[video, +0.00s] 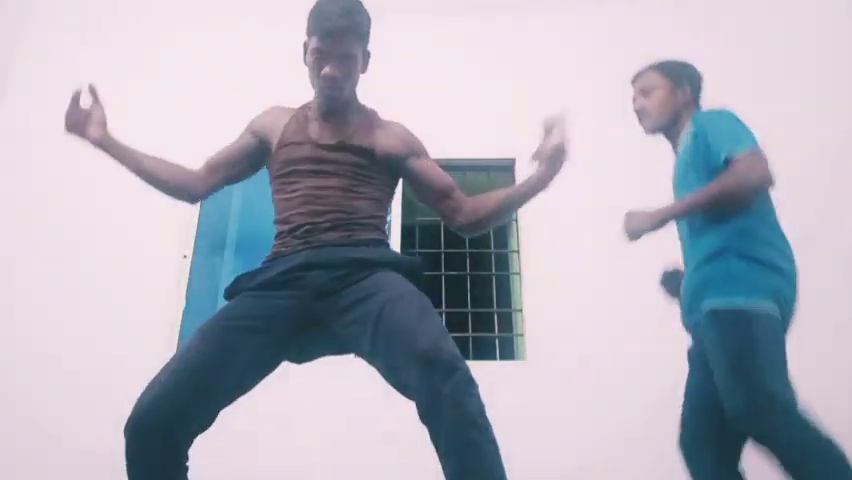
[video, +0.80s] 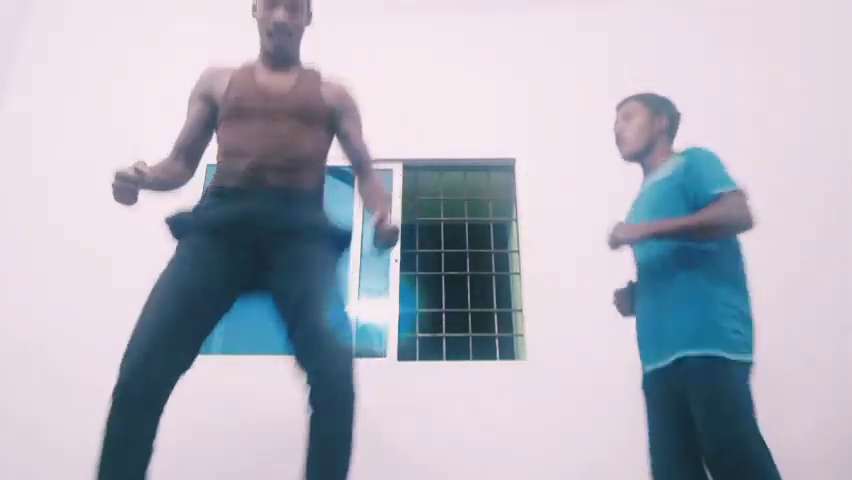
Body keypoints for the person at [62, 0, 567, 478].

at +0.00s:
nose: (335, 71)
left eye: (348, 59)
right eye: (324, 57)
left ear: (368, 61)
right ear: (306, 55)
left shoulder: (395, 139)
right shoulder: (274, 126)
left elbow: (463, 212)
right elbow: (195, 183)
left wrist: (536, 179)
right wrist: (103, 137)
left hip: (370, 283)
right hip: (280, 287)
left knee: (445, 374)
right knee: (151, 426)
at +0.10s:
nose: (337, 67)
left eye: (351, 56)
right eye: (327, 54)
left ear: (371, 58)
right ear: (312, 54)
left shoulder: (397, 135)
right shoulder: (279, 127)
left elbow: (458, 227)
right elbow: (218, 201)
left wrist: (475, 211)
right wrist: (145, 190)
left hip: (372, 273)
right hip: (286, 279)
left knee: (439, 370)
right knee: (159, 423)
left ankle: (481, 476)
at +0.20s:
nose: (340, 66)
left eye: (354, 54)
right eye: (330, 53)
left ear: (374, 58)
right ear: (314, 55)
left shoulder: (395, 132)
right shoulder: (280, 131)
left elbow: (456, 222)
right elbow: (236, 214)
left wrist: (430, 249)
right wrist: (194, 226)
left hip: (373, 277)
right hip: (287, 284)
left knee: (437, 369)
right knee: (159, 425)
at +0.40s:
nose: (300, 70)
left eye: (312, 60)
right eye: (291, 59)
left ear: (331, 63)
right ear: (277, 61)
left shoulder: (358, 136)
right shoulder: (245, 150)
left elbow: (417, 204)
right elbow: (227, 245)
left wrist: (429, 233)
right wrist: (184, 280)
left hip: (345, 282)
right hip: (258, 291)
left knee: (409, 375)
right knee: (134, 428)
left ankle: (465, 474)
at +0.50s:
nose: (277, 39)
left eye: (289, 28)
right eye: (267, 27)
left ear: (307, 33)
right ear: (251, 33)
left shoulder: (334, 104)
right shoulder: (218, 115)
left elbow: (384, 168)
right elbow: (202, 201)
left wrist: (414, 197)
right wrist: (154, 234)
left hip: (321, 254)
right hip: (234, 258)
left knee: (378, 367)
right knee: (158, 404)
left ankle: (432, 475)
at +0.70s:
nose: (277, 4)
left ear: (307, 7)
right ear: (254, 5)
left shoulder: (333, 70)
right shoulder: (221, 65)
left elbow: (374, 148)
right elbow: (187, 149)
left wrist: (394, 189)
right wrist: (140, 165)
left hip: (307, 216)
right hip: (226, 215)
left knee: (352, 340)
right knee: (153, 352)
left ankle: (349, 475)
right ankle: (142, 476)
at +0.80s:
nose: (282, 17)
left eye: (294, 8)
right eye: (273, 7)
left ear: (308, 19)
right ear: (257, 13)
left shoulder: (331, 94)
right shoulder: (218, 82)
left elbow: (363, 170)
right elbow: (180, 165)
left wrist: (382, 213)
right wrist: (143, 176)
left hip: (299, 237)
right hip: (219, 232)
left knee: (332, 360)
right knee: (142, 371)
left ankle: (327, 476)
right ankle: (118, 475)